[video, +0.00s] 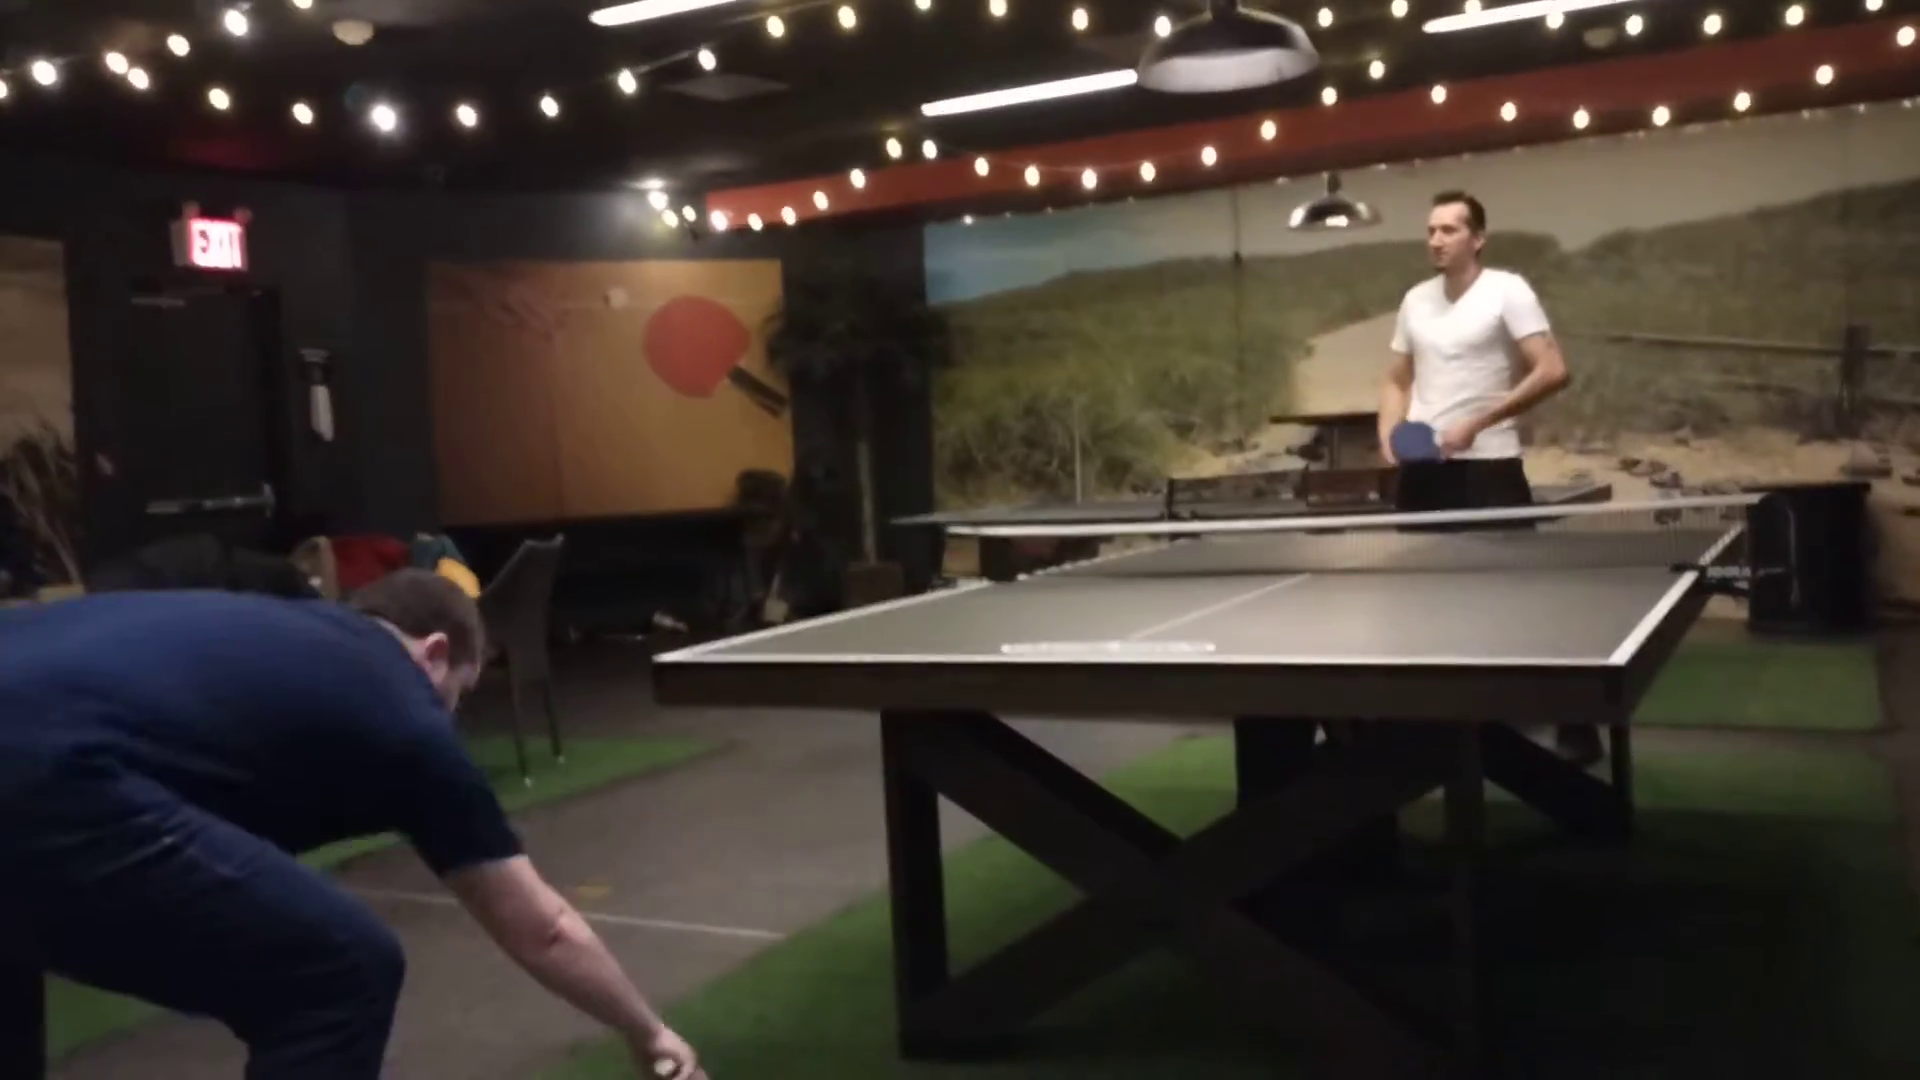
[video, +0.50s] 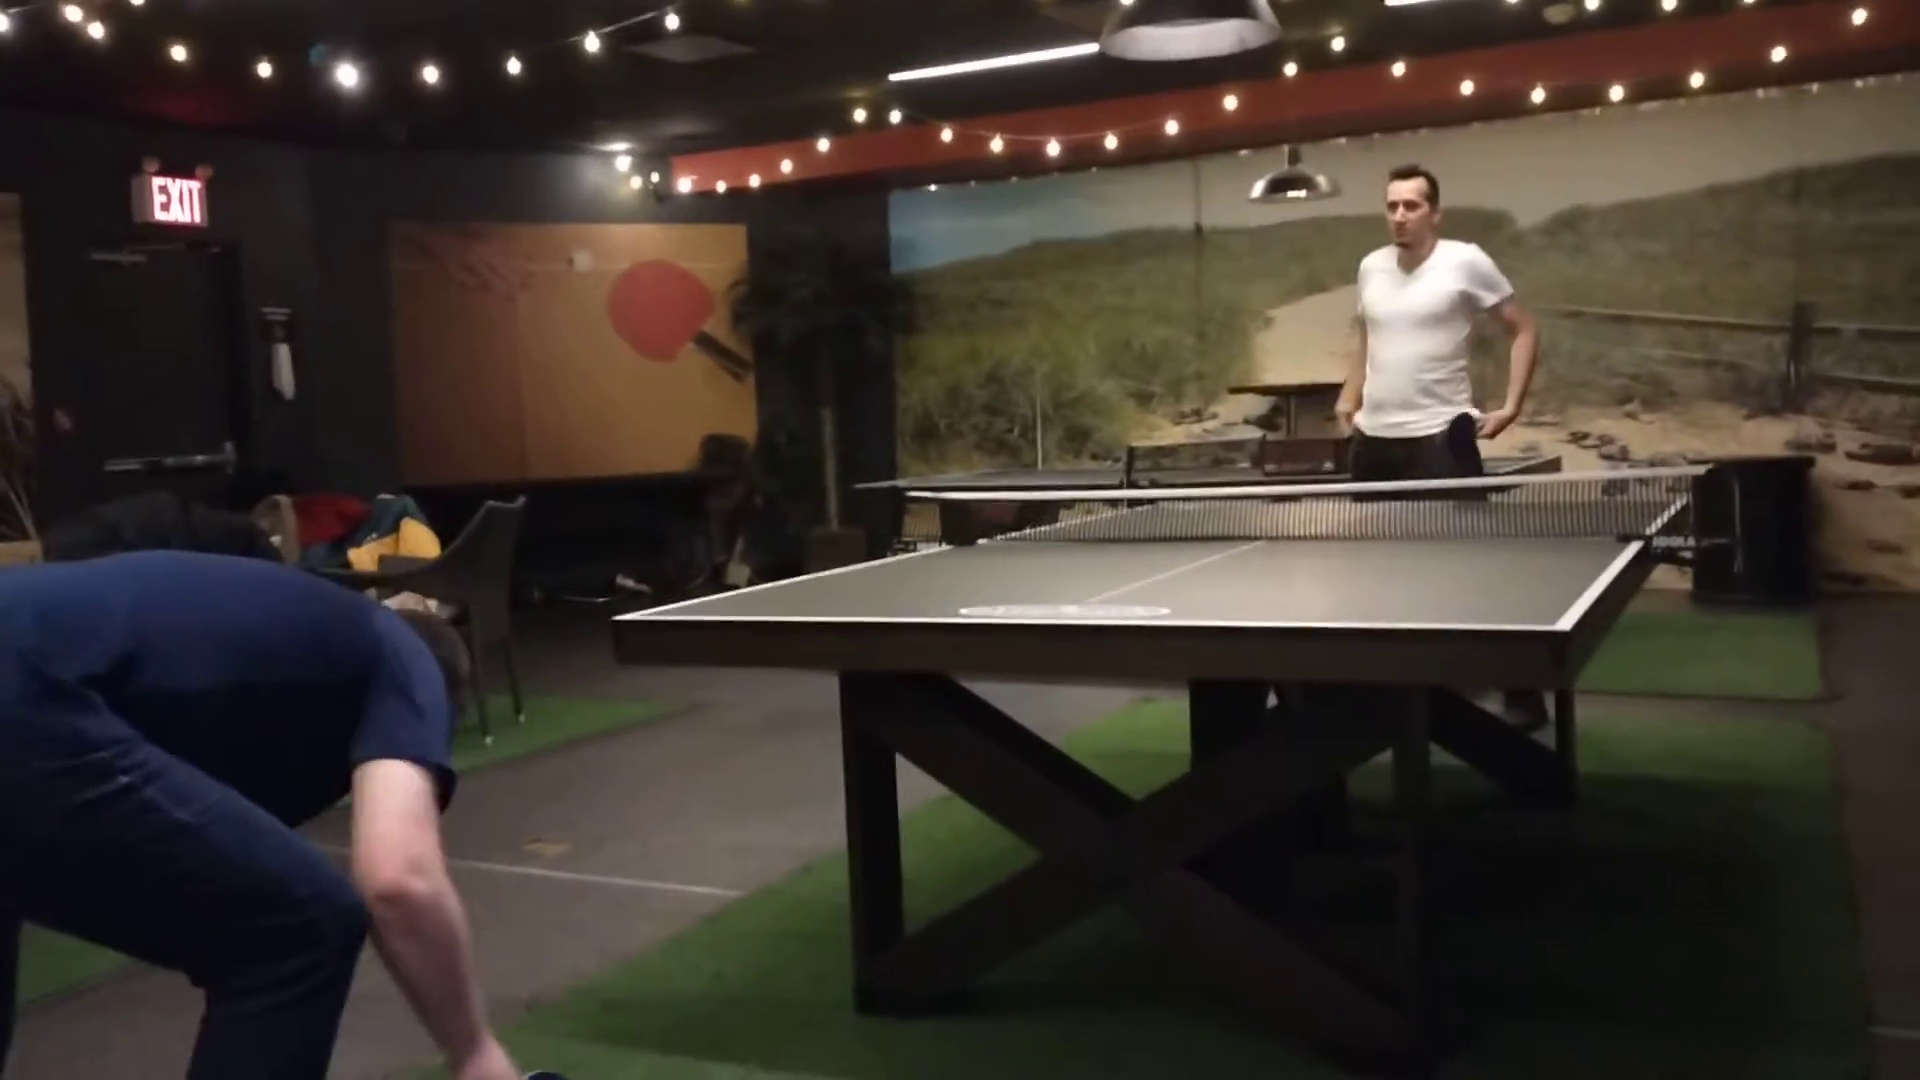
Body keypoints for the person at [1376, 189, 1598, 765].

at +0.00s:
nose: (1437, 239)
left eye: (1449, 230)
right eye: (1431, 230)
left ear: (1478, 238)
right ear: (1428, 239)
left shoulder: (1508, 291)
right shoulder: (1415, 301)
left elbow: (1553, 369)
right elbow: (1397, 380)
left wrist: (1477, 422)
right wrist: (1387, 435)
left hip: (1490, 469)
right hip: (1424, 470)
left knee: (1518, 590)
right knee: (1429, 593)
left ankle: (1572, 724)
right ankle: (1439, 729)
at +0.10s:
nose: (1432, 236)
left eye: (1444, 227)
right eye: (1425, 228)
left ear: (1470, 236)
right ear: (1420, 237)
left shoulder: (1500, 290)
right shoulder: (1408, 300)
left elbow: (1542, 369)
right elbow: (1390, 378)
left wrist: (1469, 423)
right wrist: (1379, 437)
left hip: (1483, 465)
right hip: (1418, 470)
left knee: (1516, 583)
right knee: (1422, 590)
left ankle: (1563, 718)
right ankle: (1433, 723)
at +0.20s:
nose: (1429, 230)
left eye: (1441, 220)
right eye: (1422, 221)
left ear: (1466, 228)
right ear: (1416, 230)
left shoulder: (1495, 283)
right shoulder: (1403, 292)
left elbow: (1536, 364)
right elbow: (1385, 373)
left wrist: (1473, 423)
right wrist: (1375, 436)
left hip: (1478, 461)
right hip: (1413, 466)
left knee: (1511, 579)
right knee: (1420, 585)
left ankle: (1556, 713)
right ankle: (1429, 717)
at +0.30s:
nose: (1422, 224)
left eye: (1433, 215)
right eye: (1415, 216)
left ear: (1458, 223)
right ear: (1408, 224)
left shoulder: (1486, 276)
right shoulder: (1393, 285)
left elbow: (1532, 356)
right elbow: (1376, 367)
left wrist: (1489, 427)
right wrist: (1363, 433)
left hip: (1466, 459)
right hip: (1399, 465)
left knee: (1503, 575)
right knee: (1404, 583)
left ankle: (1544, 707)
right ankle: (1414, 712)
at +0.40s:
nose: (1410, 220)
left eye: (1422, 210)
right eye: (1403, 211)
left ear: (1446, 217)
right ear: (1396, 219)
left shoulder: (1475, 269)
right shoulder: (1381, 276)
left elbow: (1531, 343)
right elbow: (1368, 358)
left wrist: (1503, 420)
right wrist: (1349, 419)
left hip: (1455, 454)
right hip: (1385, 456)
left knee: (1488, 571)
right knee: (1388, 578)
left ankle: (1530, 699)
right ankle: (1397, 705)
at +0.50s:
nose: (1400, 215)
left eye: (1412, 205)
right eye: (1393, 206)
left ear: (1435, 212)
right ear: (1385, 213)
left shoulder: (1465, 262)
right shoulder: (1372, 267)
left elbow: (1524, 329)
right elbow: (1368, 337)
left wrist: (1509, 408)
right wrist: (1351, 393)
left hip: (1442, 441)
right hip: (1375, 443)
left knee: (1473, 561)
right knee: (1375, 564)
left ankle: (1519, 691)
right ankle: (1383, 691)